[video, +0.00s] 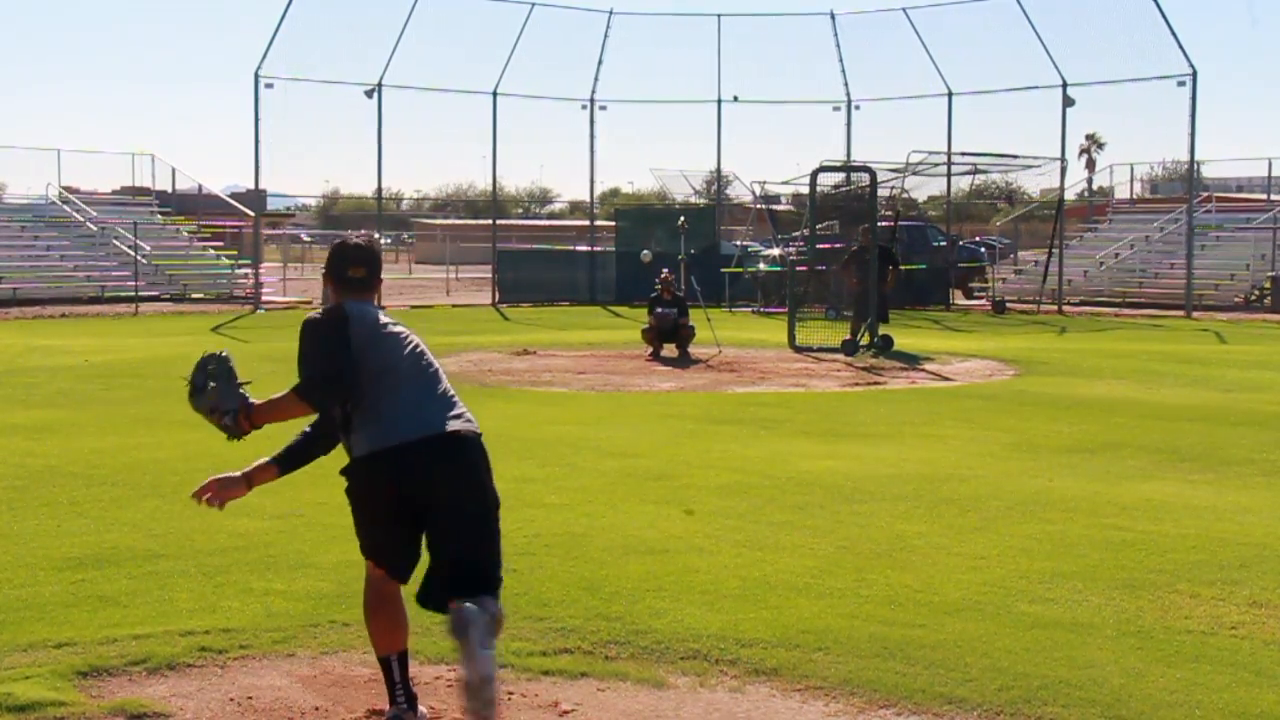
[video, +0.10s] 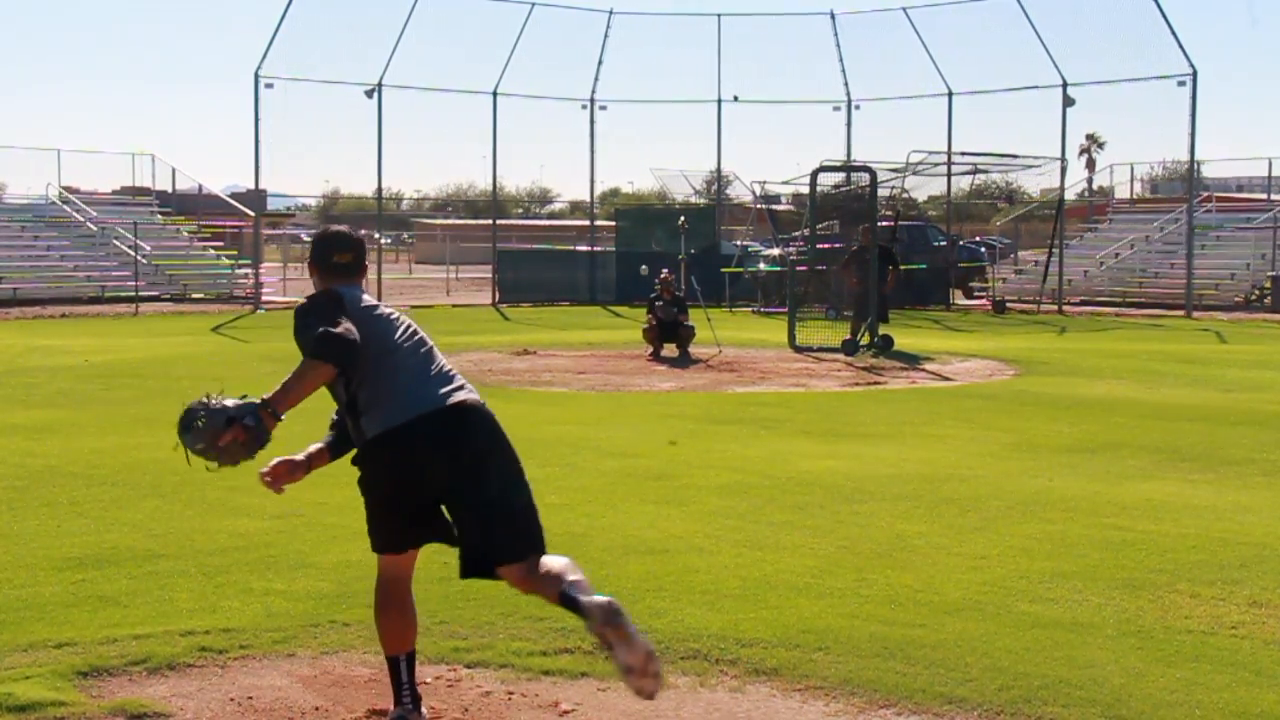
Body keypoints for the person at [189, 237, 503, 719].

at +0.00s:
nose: (322, 288)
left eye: (323, 281)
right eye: (325, 282)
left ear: (328, 283)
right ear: (378, 285)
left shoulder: (323, 324)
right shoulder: (396, 333)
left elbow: (320, 395)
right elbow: (328, 432)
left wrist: (251, 413)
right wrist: (248, 477)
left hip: (385, 461)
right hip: (457, 449)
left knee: (384, 574)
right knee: (475, 586)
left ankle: (401, 701)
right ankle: (474, 626)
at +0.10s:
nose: (308, 276)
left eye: (309, 268)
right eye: (313, 269)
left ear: (313, 270)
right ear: (362, 271)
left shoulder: (318, 304)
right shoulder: (385, 316)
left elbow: (336, 353)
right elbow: (366, 413)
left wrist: (265, 411)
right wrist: (308, 460)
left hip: (395, 443)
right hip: (467, 421)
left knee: (395, 570)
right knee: (520, 565)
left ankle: (406, 700)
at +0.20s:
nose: (301, 263)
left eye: (300, 255)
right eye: (311, 253)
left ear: (304, 257)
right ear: (352, 254)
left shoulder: (312, 295)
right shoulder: (377, 301)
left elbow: (340, 343)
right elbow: (381, 401)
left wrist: (314, 412)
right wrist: (349, 476)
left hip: (404, 438)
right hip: (474, 407)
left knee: (403, 571)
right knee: (559, 536)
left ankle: (408, 704)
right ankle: (666, 609)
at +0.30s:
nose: (295, 248)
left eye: (296, 240)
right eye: (302, 238)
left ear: (301, 246)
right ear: (348, 243)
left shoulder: (315, 289)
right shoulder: (374, 288)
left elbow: (366, 342)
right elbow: (384, 390)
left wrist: (380, 421)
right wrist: (367, 480)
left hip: (419, 431)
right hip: (482, 403)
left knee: (410, 571)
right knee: (574, 529)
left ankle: (409, 704)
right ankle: (679, 628)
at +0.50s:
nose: (309, 224)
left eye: (309, 216)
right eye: (314, 216)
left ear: (313, 223)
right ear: (363, 216)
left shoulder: (347, 276)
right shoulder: (374, 265)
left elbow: (417, 347)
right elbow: (355, 370)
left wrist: (445, 432)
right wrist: (317, 444)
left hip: (431, 428)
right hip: (493, 410)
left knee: (418, 567)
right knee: (542, 548)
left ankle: (411, 703)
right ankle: (603, 678)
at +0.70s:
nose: (332, 202)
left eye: (333, 193)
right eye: (339, 192)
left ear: (337, 199)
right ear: (387, 196)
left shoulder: (367, 260)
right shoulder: (402, 244)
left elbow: (417, 362)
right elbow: (360, 337)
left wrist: (422, 450)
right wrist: (276, 359)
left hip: (435, 422)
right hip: (490, 409)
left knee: (417, 564)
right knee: (535, 546)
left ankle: (412, 703)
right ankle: (597, 672)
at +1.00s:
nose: (356, 184)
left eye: (352, 174)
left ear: (349, 181)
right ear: (403, 181)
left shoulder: (339, 256)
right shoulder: (435, 240)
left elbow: (347, 358)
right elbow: (426, 334)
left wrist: (334, 456)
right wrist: (339, 393)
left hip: (396, 439)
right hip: (468, 428)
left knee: (398, 565)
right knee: (480, 541)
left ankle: (408, 701)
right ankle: (518, 648)